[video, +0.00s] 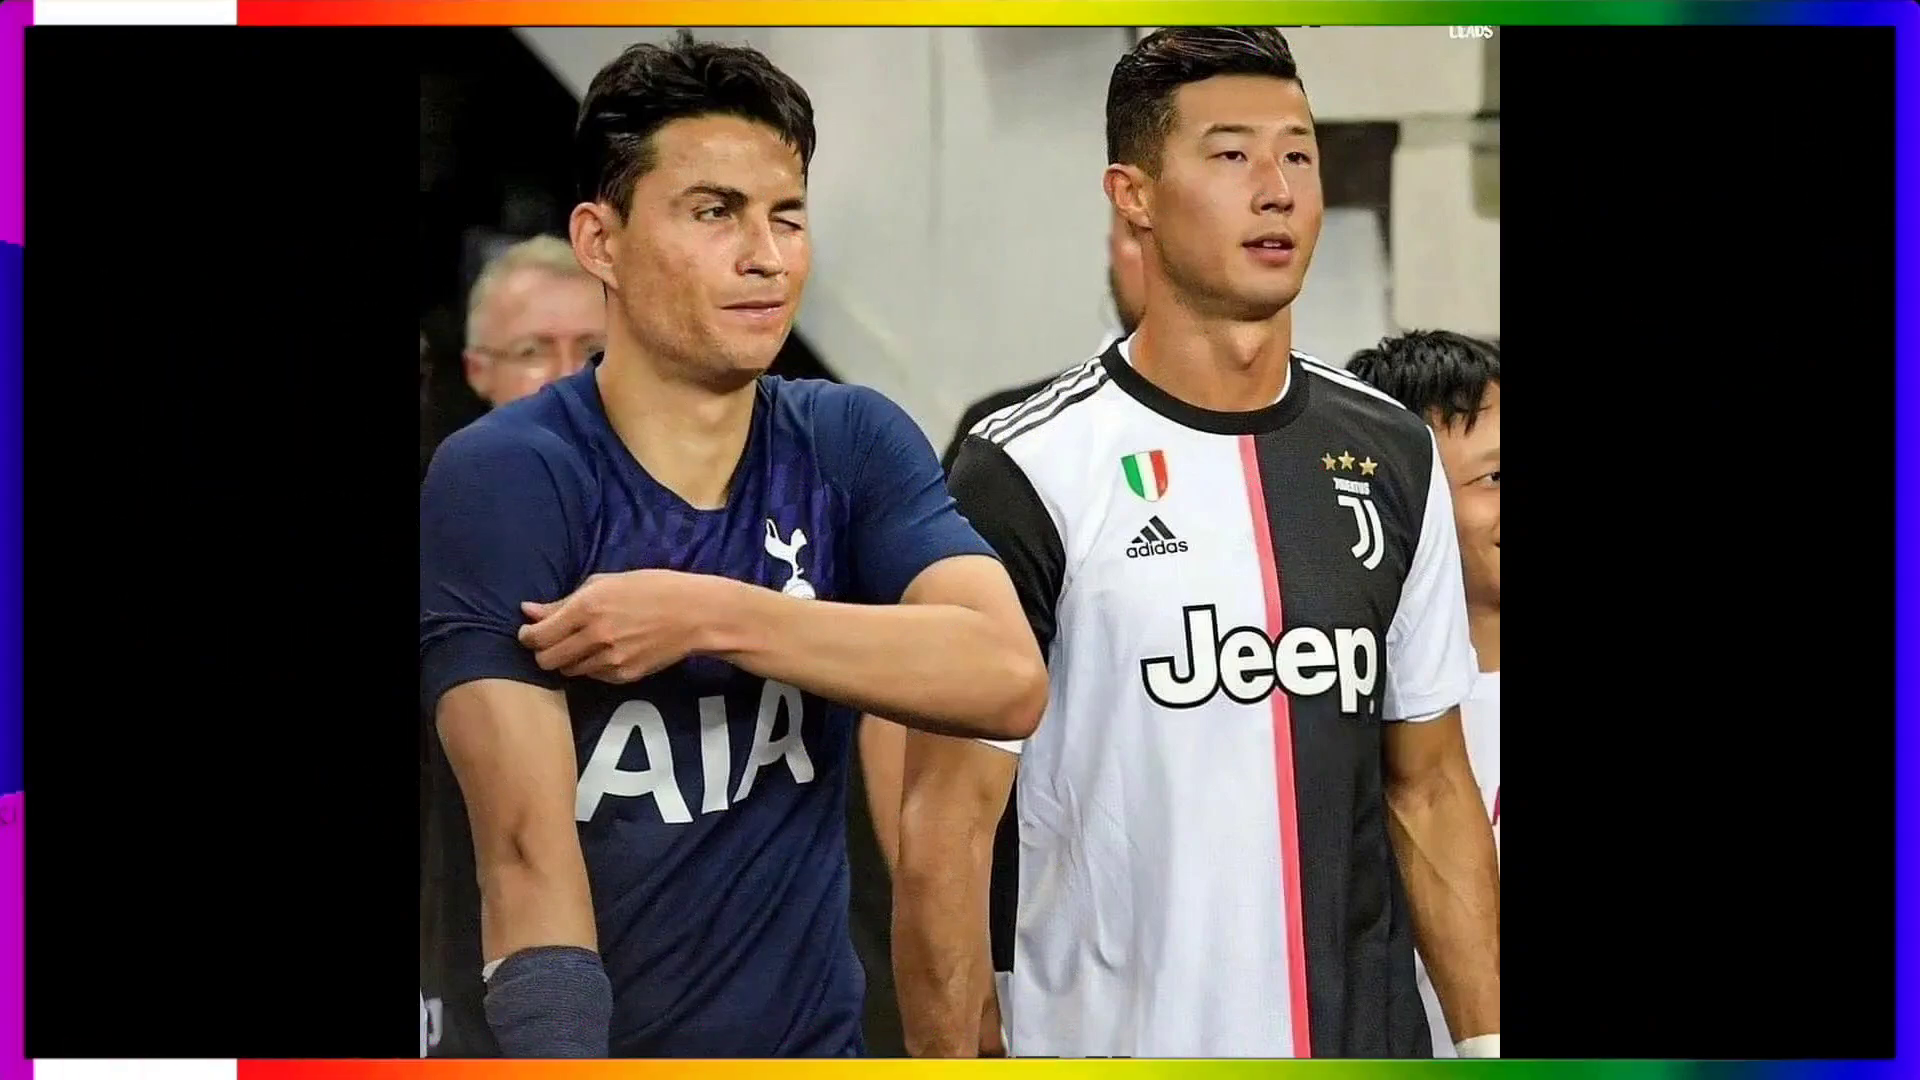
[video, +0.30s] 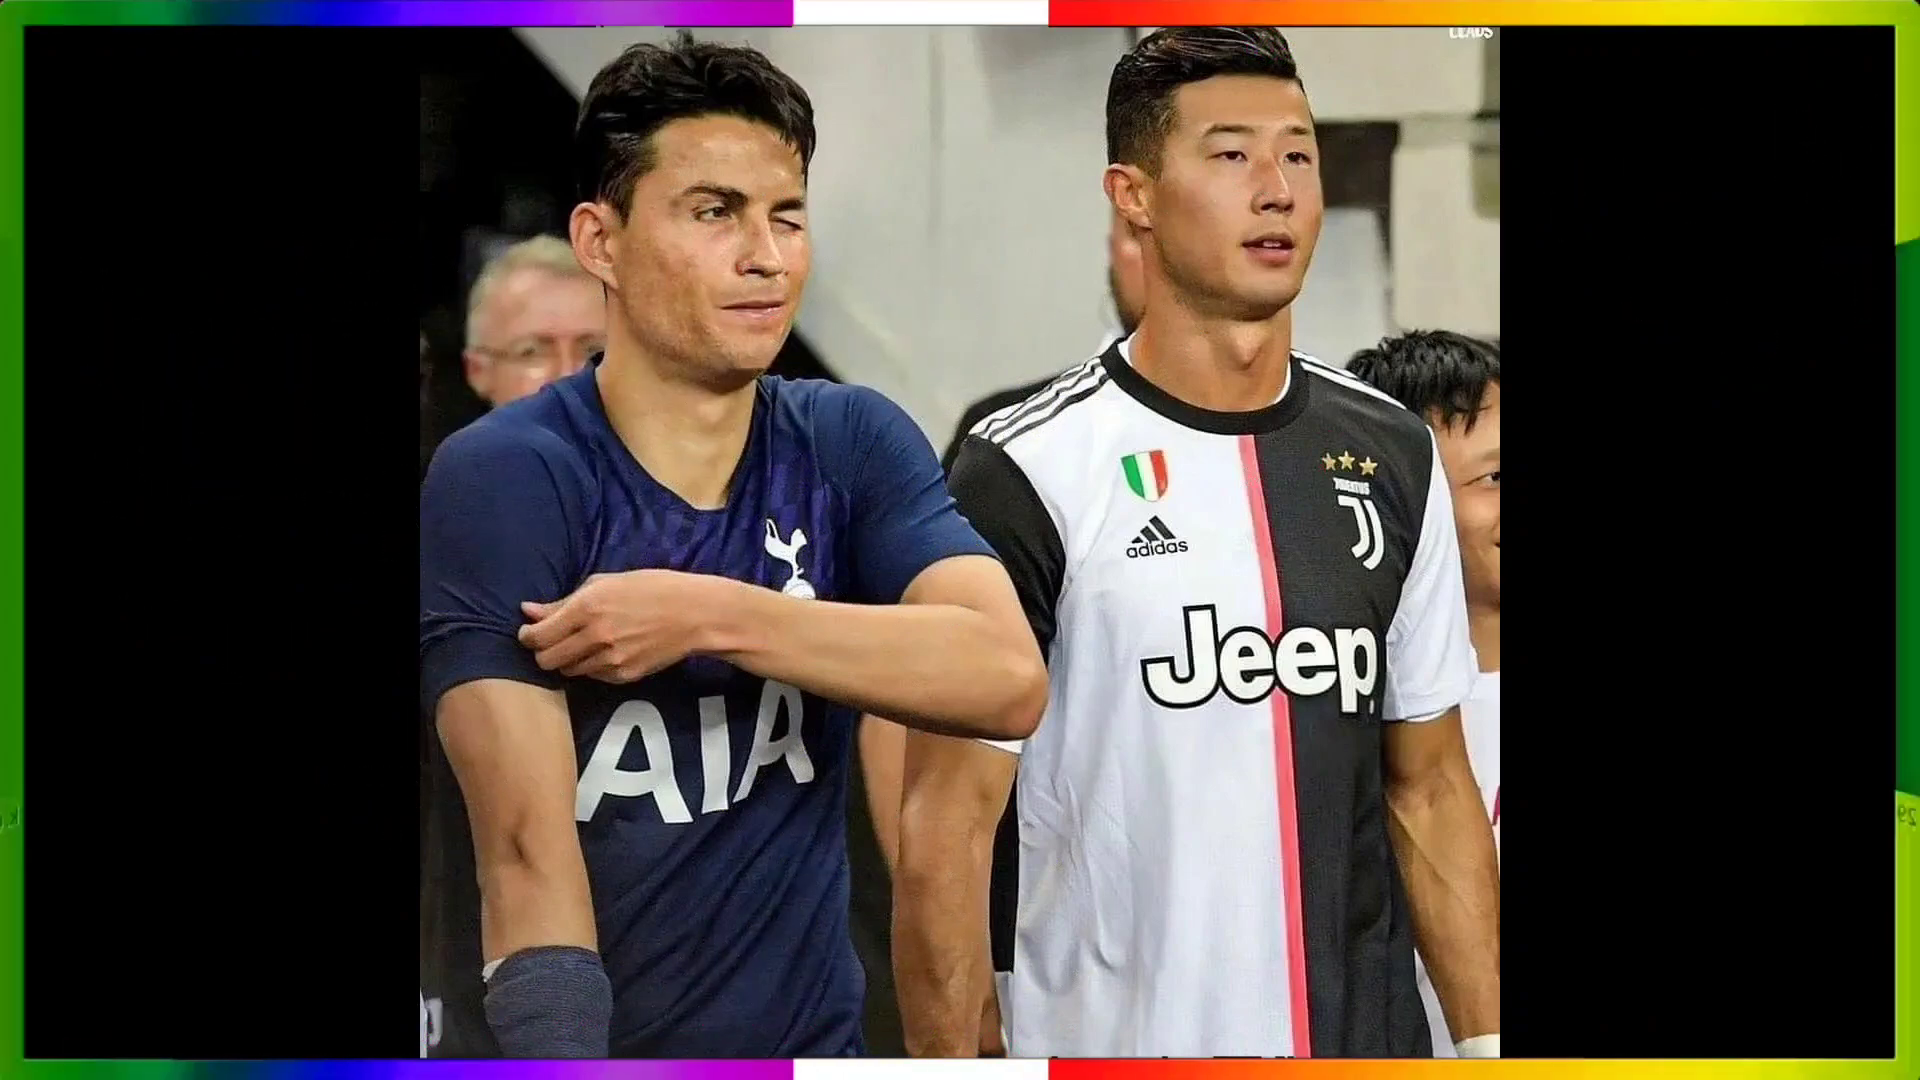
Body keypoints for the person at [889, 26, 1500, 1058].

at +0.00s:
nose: (1279, 193)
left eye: (1297, 159)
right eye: (1230, 157)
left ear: (1319, 186)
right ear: (1134, 198)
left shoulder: (1392, 451)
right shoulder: (1022, 462)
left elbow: (1430, 784)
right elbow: (949, 816)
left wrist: (1484, 1046)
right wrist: (953, 1067)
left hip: (1359, 1046)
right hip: (1108, 1045)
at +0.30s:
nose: (1279, 193)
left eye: (1297, 159)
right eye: (1230, 156)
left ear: (1319, 187)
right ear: (1134, 198)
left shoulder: (1392, 450)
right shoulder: (1022, 462)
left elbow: (1431, 785)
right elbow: (948, 815)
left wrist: (1482, 1046)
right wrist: (953, 1068)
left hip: (1358, 1046)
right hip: (1108, 1047)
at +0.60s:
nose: (1279, 193)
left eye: (1297, 159)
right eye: (1230, 157)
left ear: (1319, 186)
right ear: (1134, 198)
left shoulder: (1392, 450)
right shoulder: (1022, 462)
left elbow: (1431, 785)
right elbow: (948, 817)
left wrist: (1485, 1046)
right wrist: (952, 1063)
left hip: (1361, 1045)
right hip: (1108, 1046)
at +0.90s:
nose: (1279, 193)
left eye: (1297, 158)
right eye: (1230, 156)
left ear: (1319, 186)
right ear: (1134, 197)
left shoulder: (1392, 451)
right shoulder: (1022, 462)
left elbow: (1431, 785)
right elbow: (949, 816)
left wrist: (1483, 1046)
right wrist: (952, 1067)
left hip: (1360, 1044)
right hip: (1108, 1045)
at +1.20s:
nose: (1279, 193)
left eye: (1297, 159)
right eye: (1230, 156)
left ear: (1319, 187)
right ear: (1134, 198)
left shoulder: (1392, 451)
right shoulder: (1022, 462)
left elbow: (1431, 785)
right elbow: (948, 816)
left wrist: (1482, 1047)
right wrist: (953, 1065)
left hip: (1358, 1045)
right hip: (1108, 1045)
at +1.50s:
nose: (1279, 193)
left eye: (1297, 159)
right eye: (1230, 157)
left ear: (1319, 187)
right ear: (1134, 198)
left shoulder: (1392, 450)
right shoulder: (1022, 462)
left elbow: (1431, 785)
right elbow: (948, 817)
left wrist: (1484, 1049)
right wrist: (953, 1067)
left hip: (1360, 1046)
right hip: (1107, 1046)